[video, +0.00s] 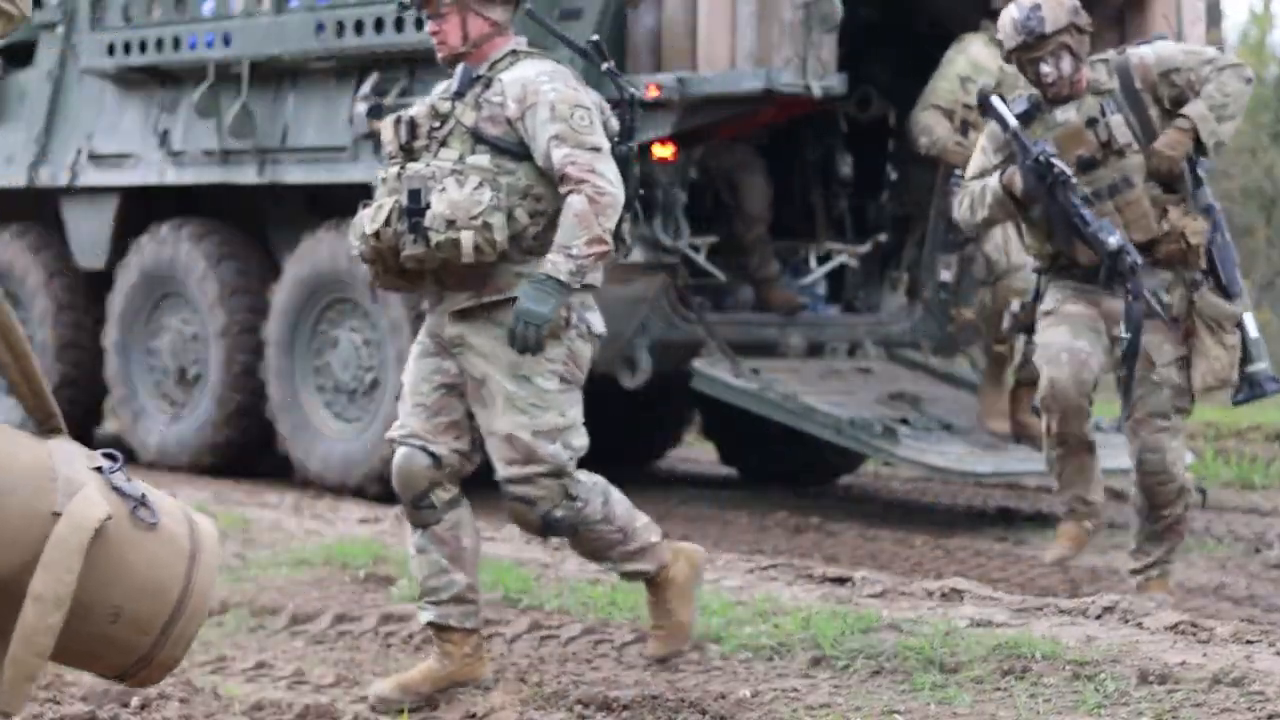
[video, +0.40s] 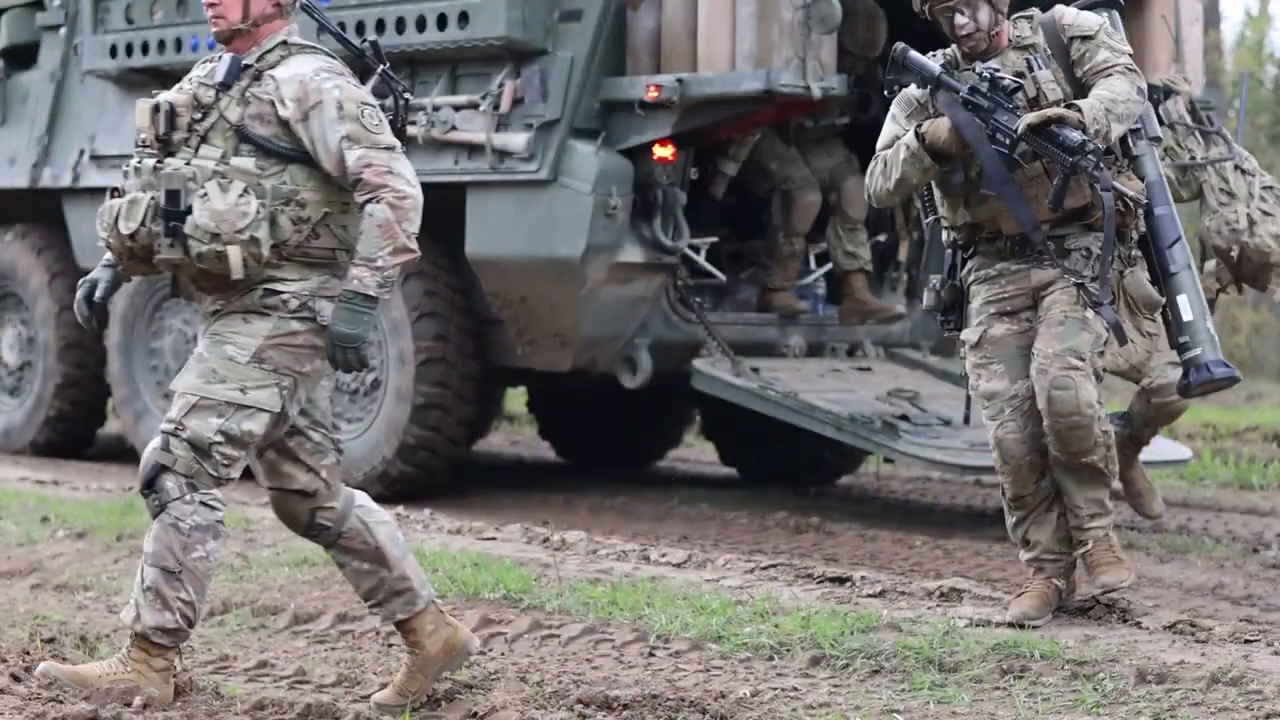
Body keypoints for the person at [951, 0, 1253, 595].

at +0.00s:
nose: (1050, 69)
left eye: (1057, 54)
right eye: (1035, 61)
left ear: (1079, 41)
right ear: (1019, 64)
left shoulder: (1134, 73)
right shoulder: (1010, 122)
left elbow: (1231, 74)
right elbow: (965, 210)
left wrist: (1186, 130)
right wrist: (1012, 185)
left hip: (1157, 282)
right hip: (1073, 287)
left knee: (1154, 441)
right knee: (1063, 384)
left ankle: (1156, 568)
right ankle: (1077, 510)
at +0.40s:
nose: (961, 23)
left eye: (968, 7)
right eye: (946, 16)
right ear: (936, 21)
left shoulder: (1064, 33)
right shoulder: (924, 87)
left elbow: (1127, 88)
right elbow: (880, 185)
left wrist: (1081, 118)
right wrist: (930, 141)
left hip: (1075, 248)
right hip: (990, 263)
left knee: (1063, 390)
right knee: (1010, 428)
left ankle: (1097, 531)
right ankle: (1047, 570)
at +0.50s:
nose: (938, 13)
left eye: (946, 1)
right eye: (926, 8)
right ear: (916, 15)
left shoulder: (1038, 25)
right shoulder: (901, 81)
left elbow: (1109, 89)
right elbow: (850, 178)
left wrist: (1050, 121)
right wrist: (901, 136)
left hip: (1051, 253)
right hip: (965, 268)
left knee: (1027, 405)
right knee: (989, 441)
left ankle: (1026, 586)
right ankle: (1045, 569)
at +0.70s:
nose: (877, 37)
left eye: (889, 20)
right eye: (865, 27)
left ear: (923, 18)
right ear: (856, 35)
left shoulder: (990, 60)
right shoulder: (846, 104)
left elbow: (1048, 142)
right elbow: (756, 186)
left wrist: (978, 177)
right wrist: (809, 150)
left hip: (989, 310)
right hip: (898, 320)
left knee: (968, 479)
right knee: (884, 473)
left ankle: (979, 642)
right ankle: (978, 540)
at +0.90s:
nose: (786, 53)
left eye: (798, 34)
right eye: (775, 41)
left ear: (837, 27)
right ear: (767, 48)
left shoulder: (913, 75)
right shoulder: (769, 119)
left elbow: (956, 168)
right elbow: (660, 174)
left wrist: (865, 213)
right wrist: (692, 168)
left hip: (919, 319)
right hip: (823, 328)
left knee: (916, 529)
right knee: (779, 507)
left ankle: (970, 640)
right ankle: (765, 685)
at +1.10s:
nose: (673, 64)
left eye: (682, 46)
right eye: (662, 53)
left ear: (721, 37)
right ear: (656, 59)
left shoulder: (806, 86)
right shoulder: (663, 127)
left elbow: (854, 182)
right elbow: (555, 222)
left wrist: (752, 229)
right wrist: (586, 204)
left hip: (795, 337)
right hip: (709, 346)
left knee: (728, 510)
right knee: (699, 549)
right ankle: (755, 697)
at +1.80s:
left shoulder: (396, 5)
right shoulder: (210, 28)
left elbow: (458, 89)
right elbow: (95, 101)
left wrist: (335, 141)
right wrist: (149, 110)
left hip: (405, 286)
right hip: (289, 289)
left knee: (433, 530)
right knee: (231, 474)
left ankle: (478, 685)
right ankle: (248, 693)